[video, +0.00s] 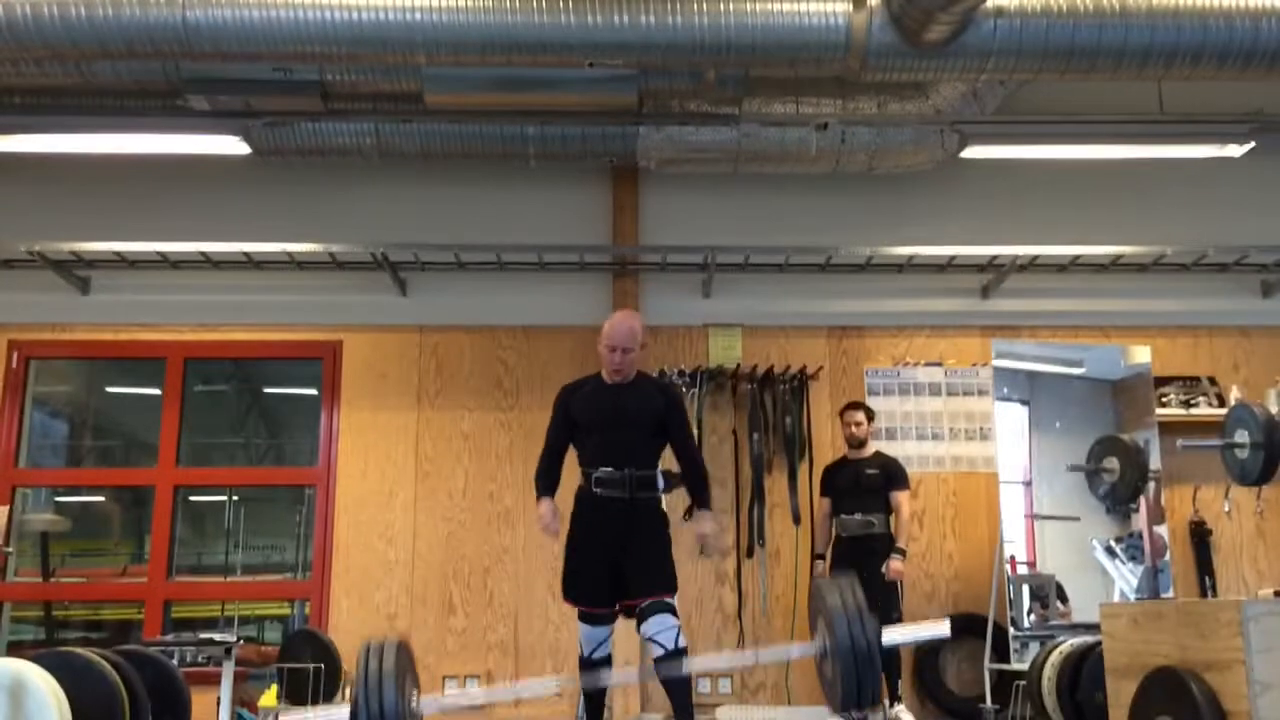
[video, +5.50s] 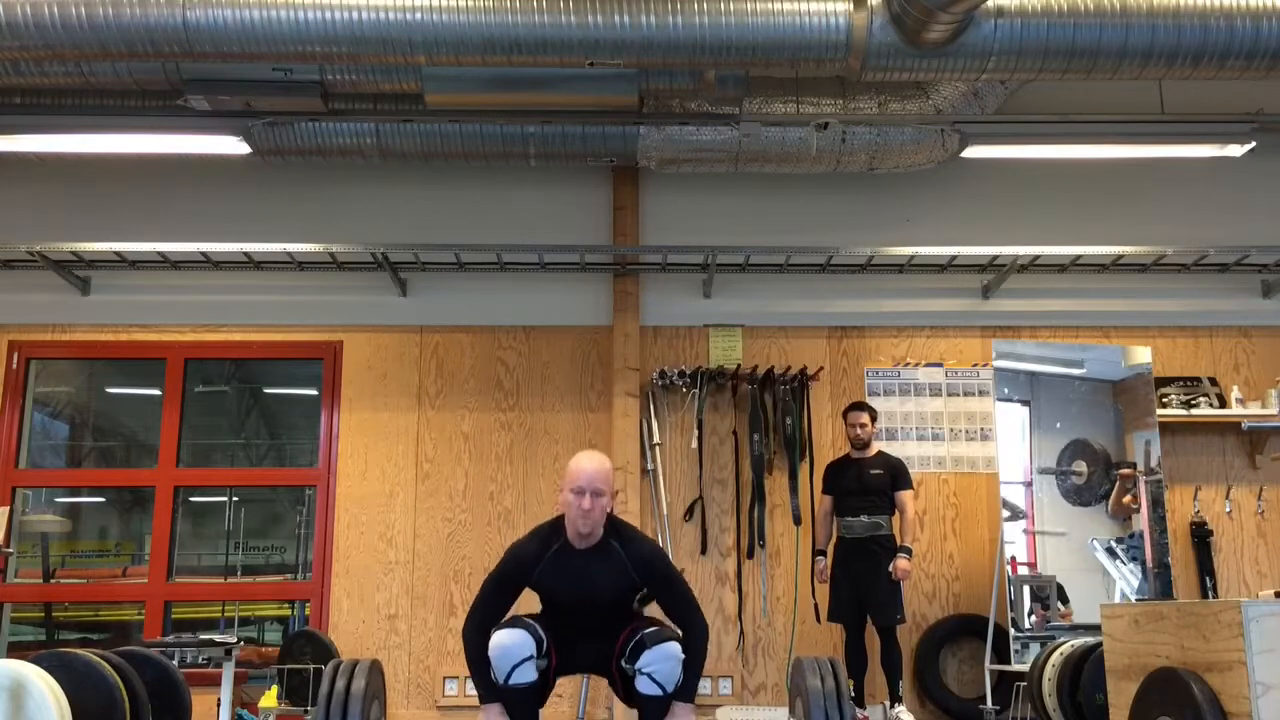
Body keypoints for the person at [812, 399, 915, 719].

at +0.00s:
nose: (853, 429)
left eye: (858, 424)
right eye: (848, 424)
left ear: (870, 426)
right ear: (841, 428)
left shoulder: (888, 465)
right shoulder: (832, 471)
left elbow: (904, 511)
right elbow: (824, 517)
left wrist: (899, 553)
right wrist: (819, 558)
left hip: (879, 560)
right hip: (844, 562)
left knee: (887, 630)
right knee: (847, 631)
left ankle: (895, 700)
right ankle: (856, 702)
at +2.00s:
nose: (853, 432)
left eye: (858, 426)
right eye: (847, 427)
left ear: (869, 426)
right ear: (840, 428)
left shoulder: (889, 458)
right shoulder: (831, 464)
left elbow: (922, 491)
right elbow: (812, 502)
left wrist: (896, 512)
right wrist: (819, 519)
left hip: (879, 553)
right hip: (845, 555)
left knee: (885, 630)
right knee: (852, 632)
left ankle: (896, 704)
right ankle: (858, 706)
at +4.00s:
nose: (858, 435)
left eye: (863, 429)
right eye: (853, 429)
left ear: (875, 428)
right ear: (846, 429)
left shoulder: (893, 465)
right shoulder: (837, 468)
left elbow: (908, 509)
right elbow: (826, 513)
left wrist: (908, 551)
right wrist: (820, 552)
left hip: (882, 558)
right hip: (847, 558)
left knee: (887, 632)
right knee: (853, 633)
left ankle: (896, 704)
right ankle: (858, 705)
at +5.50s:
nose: (857, 431)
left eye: (862, 425)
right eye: (852, 426)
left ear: (874, 427)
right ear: (845, 429)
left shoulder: (892, 465)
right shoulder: (834, 468)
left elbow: (907, 511)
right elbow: (824, 513)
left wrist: (905, 552)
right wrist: (820, 555)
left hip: (882, 557)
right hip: (846, 558)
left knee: (886, 631)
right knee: (853, 632)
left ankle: (896, 703)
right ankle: (857, 705)